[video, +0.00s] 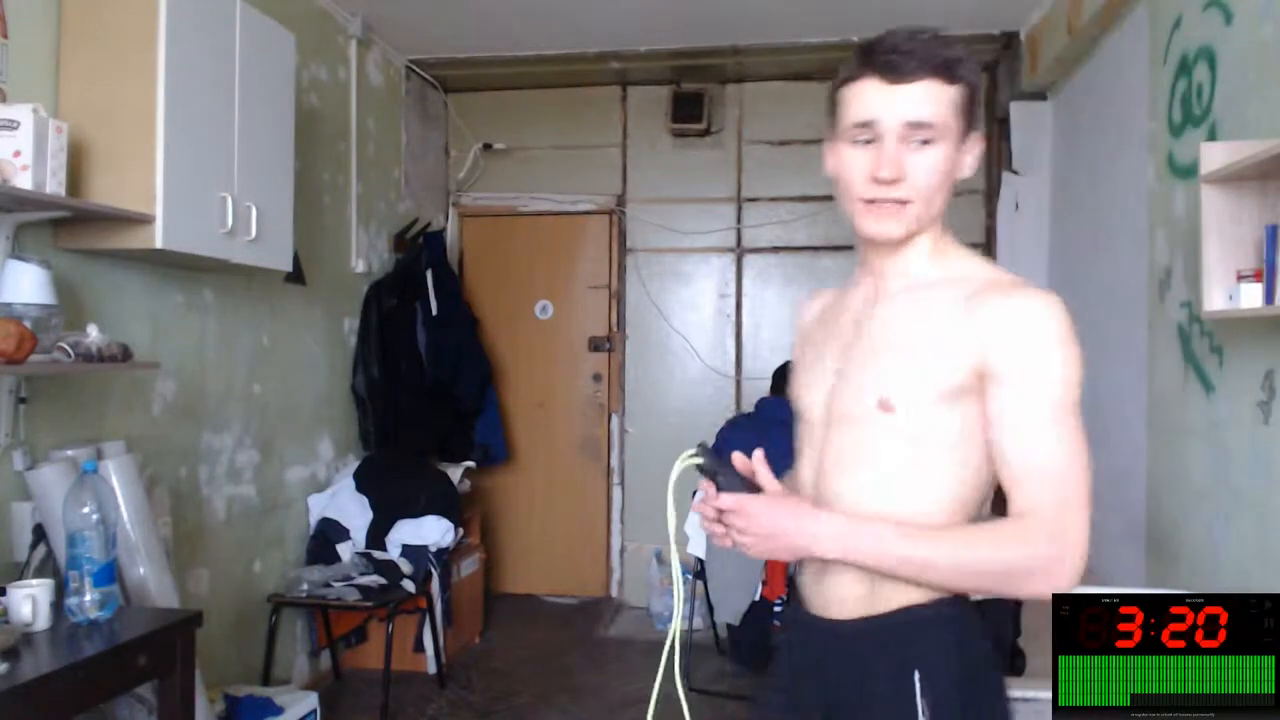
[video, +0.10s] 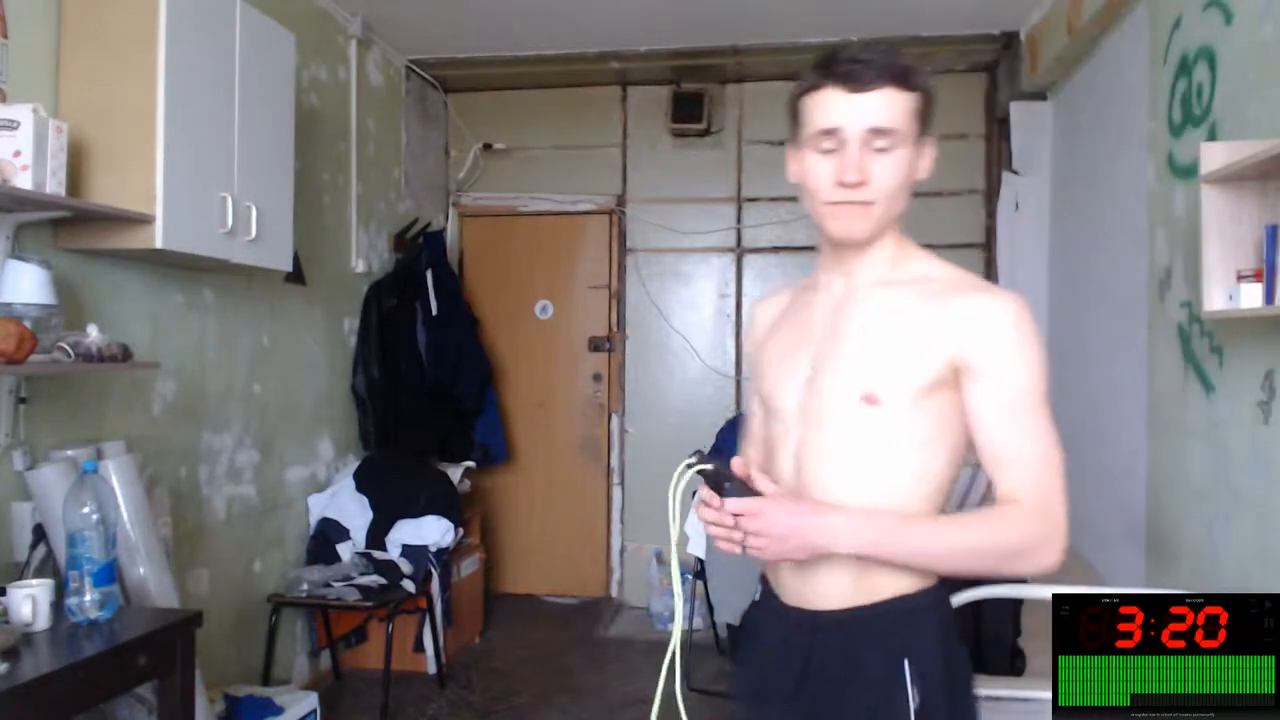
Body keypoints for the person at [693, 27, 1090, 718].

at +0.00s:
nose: (886, 167)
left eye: (921, 140)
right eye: (863, 138)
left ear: (967, 156)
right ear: (829, 156)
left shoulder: (1017, 319)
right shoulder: (817, 318)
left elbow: (1051, 555)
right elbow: (831, 490)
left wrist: (812, 532)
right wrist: (765, 508)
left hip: (923, 660)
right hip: (805, 650)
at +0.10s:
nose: (851, 171)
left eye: (880, 145)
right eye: (828, 145)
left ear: (922, 161)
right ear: (793, 165)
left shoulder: (982, 318)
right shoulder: (767, 319)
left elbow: (1038, 536)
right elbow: (757, 465)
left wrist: (823, 529)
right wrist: (736, 500)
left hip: (895, 653)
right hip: (773, 642)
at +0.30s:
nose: (781, 170)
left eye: (807, 144)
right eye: (755, 149)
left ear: (843, 167)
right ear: (725, 180)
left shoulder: (928, 308)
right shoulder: (707, 330)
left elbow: (992, 498)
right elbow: (685, 480)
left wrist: (848, 513)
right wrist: (679, 503)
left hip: (878, 633)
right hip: (756, 634)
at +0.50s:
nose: (751, 172)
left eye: (773, 148)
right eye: (725, 154)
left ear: (805, 169)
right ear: (696, 184)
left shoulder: (894, 300)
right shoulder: (676, 339)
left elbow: (971, 481)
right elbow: (678, 513)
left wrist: (910, 451)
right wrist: (611, 468)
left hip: (873, 614)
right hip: (747, 619)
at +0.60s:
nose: (744, 172)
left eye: (764, 149)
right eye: (717, 154)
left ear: (794, 170)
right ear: (685, 186)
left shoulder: (883, 296)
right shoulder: (664, 340)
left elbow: (951, 485)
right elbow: (665, 519)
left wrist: (955, 414)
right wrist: (574, 433)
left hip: (873, 608)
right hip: (748, 619)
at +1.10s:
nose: (765, 168)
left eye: (785, 143)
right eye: (737, 155)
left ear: (823, 161)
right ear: (711, 187)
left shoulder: (923, 305)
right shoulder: (701, 338)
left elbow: (985, 508)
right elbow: (682, 519)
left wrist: (1024, 357)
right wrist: (567, 412)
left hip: (883, 639)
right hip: (749, 641)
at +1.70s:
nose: (819, 161)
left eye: (846, 132)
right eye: (792, 134)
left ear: (887, 151)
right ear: (756, 156)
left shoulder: (957, 325)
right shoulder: (704, 318)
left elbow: (993, 540)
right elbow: (677, 503)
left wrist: (1044, 442)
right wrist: (558, 434)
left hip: (884, 660)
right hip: (735, 659)